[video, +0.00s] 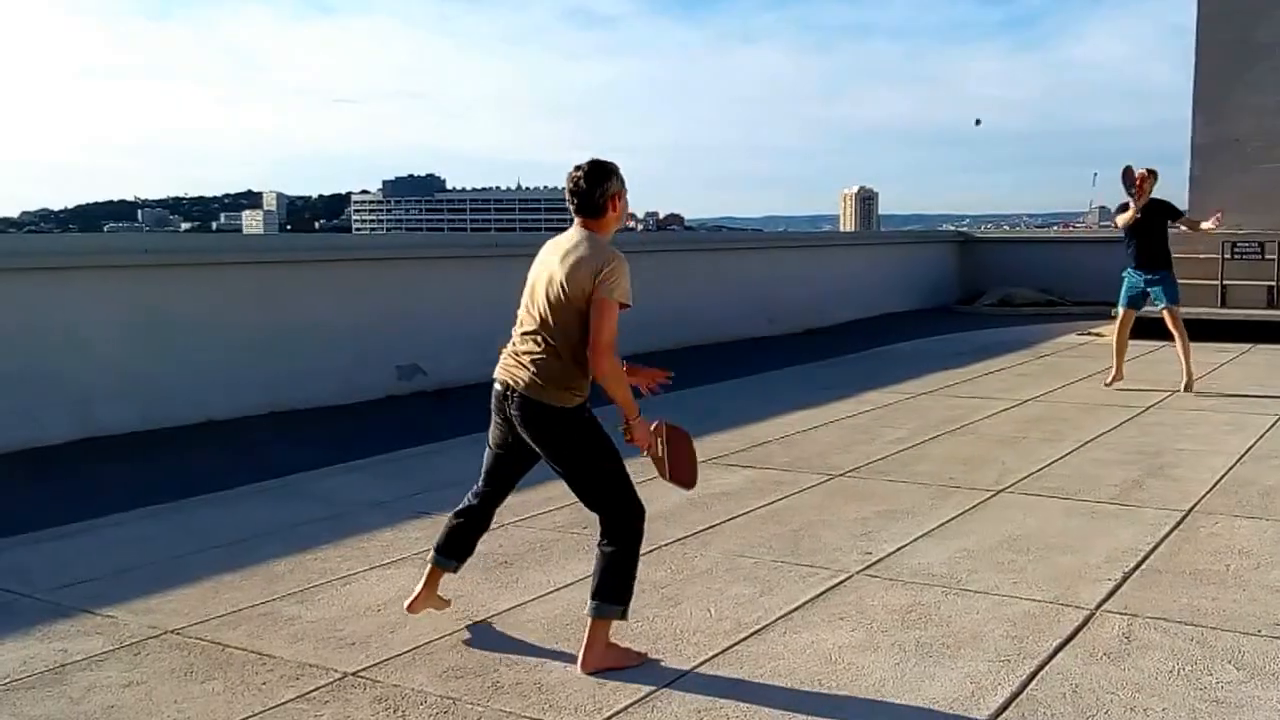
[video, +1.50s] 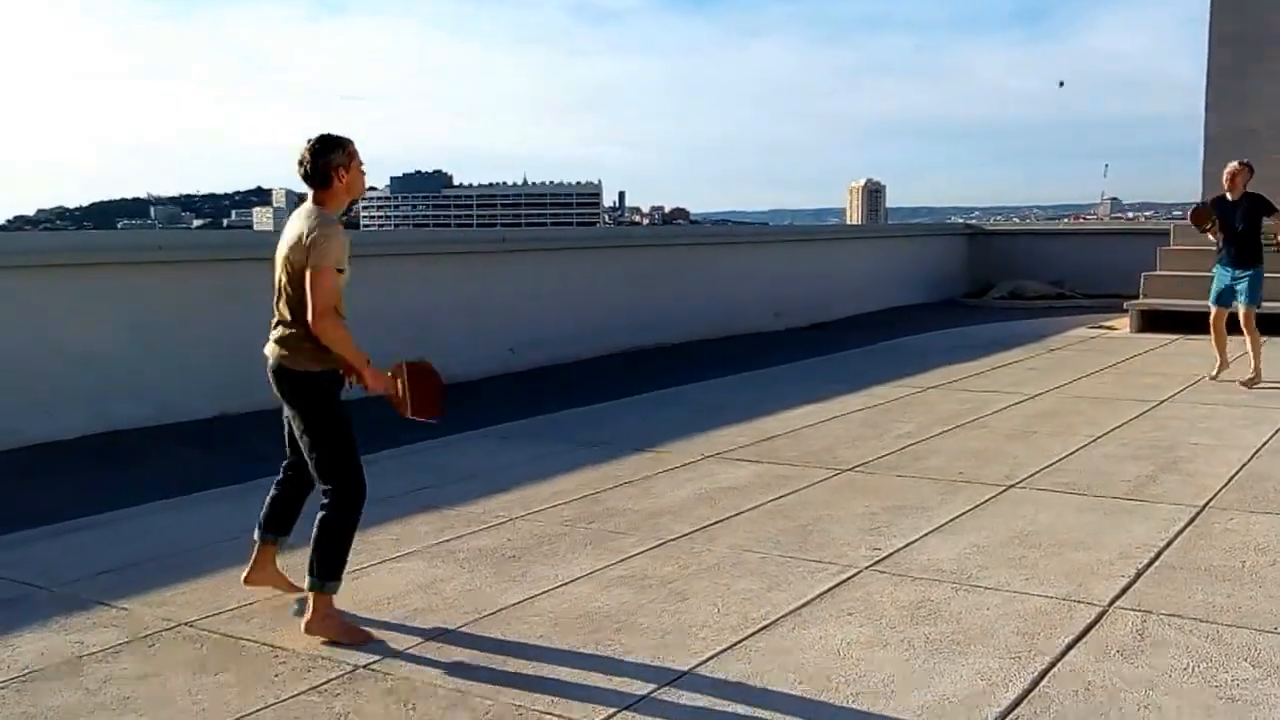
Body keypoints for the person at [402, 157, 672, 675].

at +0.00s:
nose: (626, 203)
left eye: (624, 195)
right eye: (624, 196)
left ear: (576, 205)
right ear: (614, 203)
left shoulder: (556, 247)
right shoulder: (608, 261)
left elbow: (561, 337)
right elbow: (602, 359)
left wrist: (625, 370)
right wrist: (632, 416)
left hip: (509, 391)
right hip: (552, 406)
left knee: (484, 496)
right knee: (624, 512)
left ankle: (426, 590)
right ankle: (598, 646)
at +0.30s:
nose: (521, 207)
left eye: (519, 201)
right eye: (517, 200)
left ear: (493, 214)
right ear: (499, 214)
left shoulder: (507, 249)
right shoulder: (449, 273)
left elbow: (561, 264)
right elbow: (416, 360)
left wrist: (620, 270)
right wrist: (432, 406)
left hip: (462, 396)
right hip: (453, 402)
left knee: (441, 505)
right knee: (525, 500)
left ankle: (378, 609)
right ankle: (559, 628)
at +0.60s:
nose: (470, 216)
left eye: (469, 208)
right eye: (465, 209)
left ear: (432, 213)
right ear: (439, 216)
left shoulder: (400, 240)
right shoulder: (415, 265)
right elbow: (467, 343)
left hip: (381, 387)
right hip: (390, 391)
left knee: (409, 497)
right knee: (422, 500)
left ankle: (376, 611)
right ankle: (393, 630)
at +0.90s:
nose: (413, 175)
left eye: (409, 166)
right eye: (409, 167)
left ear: (364, 177)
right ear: (393, 175)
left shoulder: (326, 222)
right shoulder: (409, 223)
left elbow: (279, 282)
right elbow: (463, 252)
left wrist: (249, 326)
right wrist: (493, 216)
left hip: (329, 364)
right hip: (360, 372)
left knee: (381, 461)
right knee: (347, 493)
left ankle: (344, 573)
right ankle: (301, 617)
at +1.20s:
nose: (367, 214)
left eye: (364, 205)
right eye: (362, 206)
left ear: (320, 215)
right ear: (344, 213)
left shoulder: (282, 263)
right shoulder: (364, 267)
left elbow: (254, 336)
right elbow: (389, 342)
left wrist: (249, 402)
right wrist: (382, 358)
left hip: (291, 405)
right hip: (338, 410)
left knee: (323, 488)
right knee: (377, 515)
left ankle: (287, 590)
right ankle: (306, 617)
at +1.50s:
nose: (364, 175)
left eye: (361, 166)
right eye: (360, 167)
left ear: (323, 176)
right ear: (341, 176)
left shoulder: (303, 221)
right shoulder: (324, 231)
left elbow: (307, 314)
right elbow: (321, 320)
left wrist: (350, 363)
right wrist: (366, 368)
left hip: (289, 366)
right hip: (308, 372)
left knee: (300, 470)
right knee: (346, 487)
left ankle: (262, 563)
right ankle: (320, 610)